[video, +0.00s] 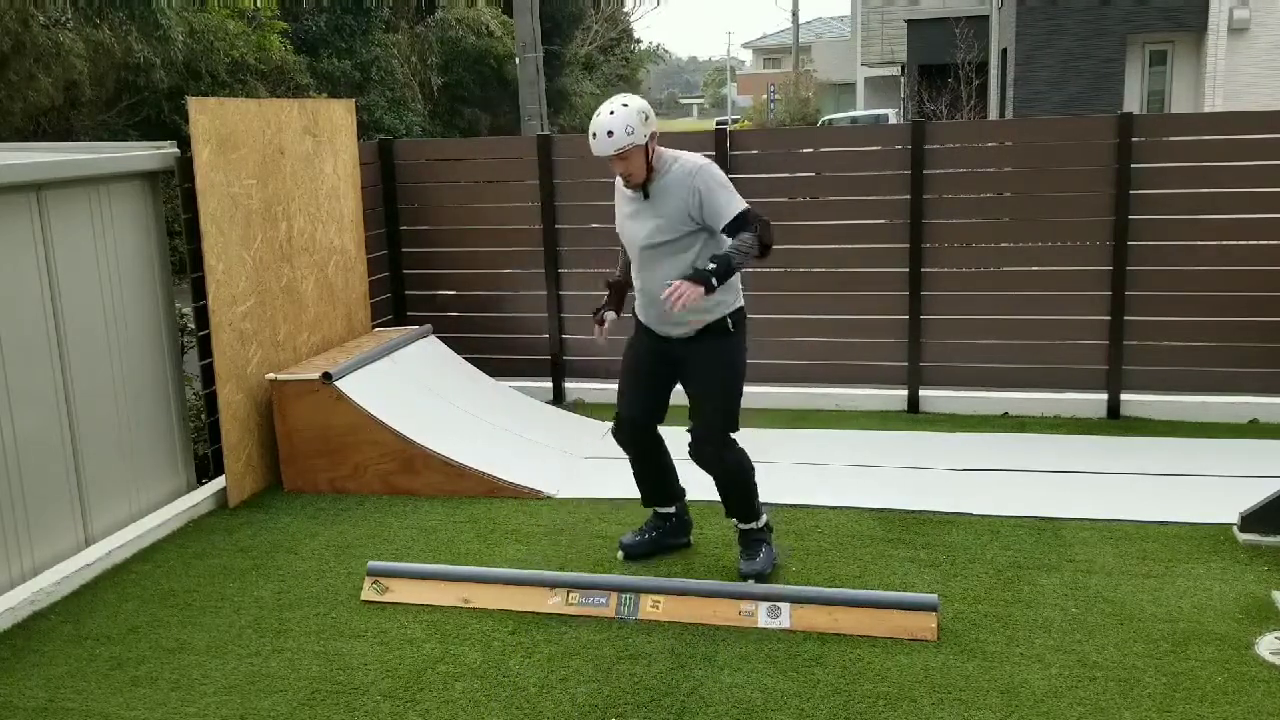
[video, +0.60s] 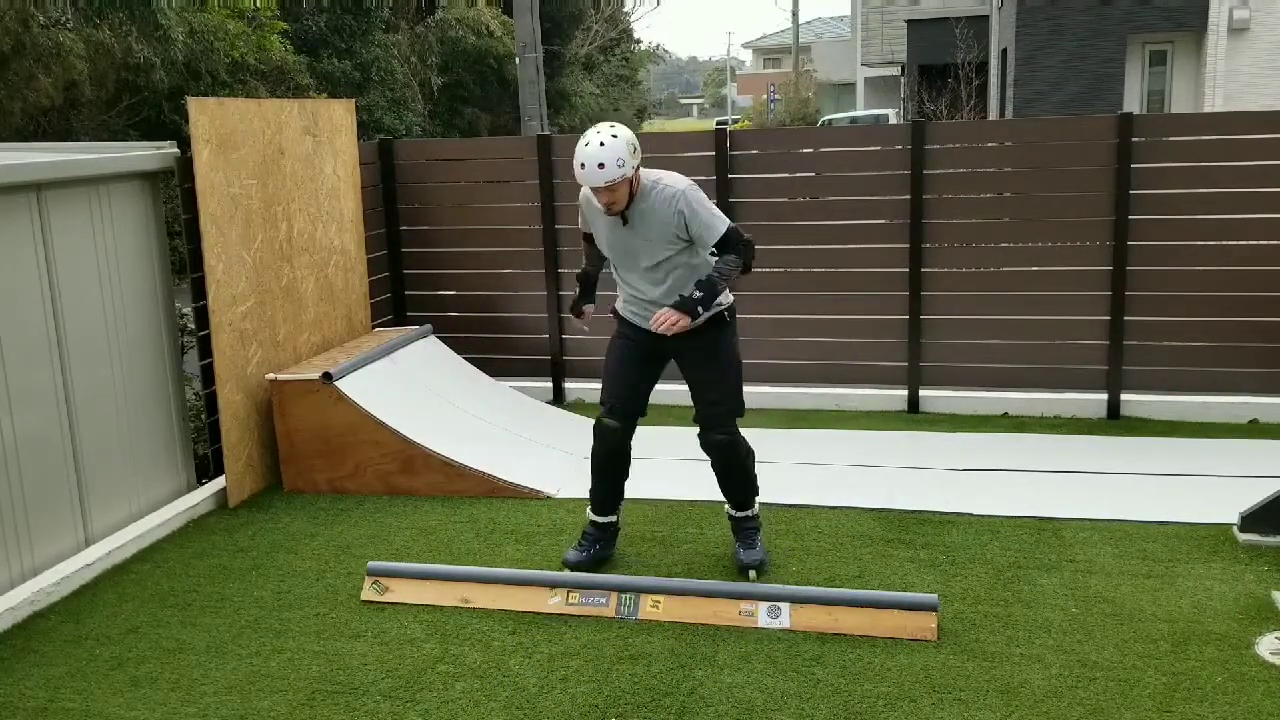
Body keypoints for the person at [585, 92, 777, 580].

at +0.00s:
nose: (617, 168)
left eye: (624, 156)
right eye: (611, 159)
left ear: (650, 142)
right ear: (607, 152)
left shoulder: (697, 173)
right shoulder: (623, 185)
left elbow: (752, 235)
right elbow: (637, 244)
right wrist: (617, 292)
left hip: (713, 330)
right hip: (653, 331)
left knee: (711, 443)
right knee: (632, 427)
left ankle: (753, 532)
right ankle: (670, 521)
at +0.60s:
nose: (603, 199)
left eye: (612, 187)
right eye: (595, 189)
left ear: (634, 174)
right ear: (585, 181)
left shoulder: (678, 195)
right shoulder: (589, 201)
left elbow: (738, 248)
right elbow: (596, 247)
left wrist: (692, 306)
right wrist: (585, 292)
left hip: (703, 325)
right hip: (636, 326)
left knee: (719, 435)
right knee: (611, 427)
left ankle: (746, 526)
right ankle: (600, 531)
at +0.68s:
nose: (602, 218)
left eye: (610, 207)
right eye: (593, 209)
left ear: (631, 191)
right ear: (581, 200)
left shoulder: (673, 209)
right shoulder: (585, 216)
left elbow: (733, 265)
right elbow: (581, 252)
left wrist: (692, 320)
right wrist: (571, 297)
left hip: (699, 323)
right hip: (635, 324)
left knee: (715, 434)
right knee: (607, 427)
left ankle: (745, 527)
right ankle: (599, 532)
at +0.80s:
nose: (598, 239)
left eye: (606, 229)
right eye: (590, 231)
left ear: (628, 212)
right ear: (578, 219)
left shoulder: (671, 226)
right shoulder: (581, 230)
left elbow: (732, 285)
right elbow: (568, 262)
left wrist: (688, 340)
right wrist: (554, 314)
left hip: (701, 331)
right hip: (634, 330)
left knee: (712, 438)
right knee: (603, 427)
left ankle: (742, 533)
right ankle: (599, 533)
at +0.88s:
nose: (604, 272)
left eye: (613, 263)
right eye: (595, 263)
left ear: (632, 243)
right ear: (583, 246)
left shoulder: (672, 253)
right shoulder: (579, 252)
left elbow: (736, 313)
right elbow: (546, 293)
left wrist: (705, 376)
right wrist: (521, 356)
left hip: (701, 344)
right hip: (636, 343)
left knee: (706, 443)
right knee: (597, 431)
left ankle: (742, 534)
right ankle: (600, 533)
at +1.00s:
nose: (625, 263)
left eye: (635, 253)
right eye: (616, 252)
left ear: (653, 237)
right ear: (602, 235)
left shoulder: (686, 250)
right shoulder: (582, 249)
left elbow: (753, 283)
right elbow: (533, 296)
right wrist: (514, 339)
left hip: (696, 349)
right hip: (625, 352)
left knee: (704, 454)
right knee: (588, 445)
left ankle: (741, 537)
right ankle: (601, 532)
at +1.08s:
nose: (638, 247)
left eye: (649, 237)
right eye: (628, 236)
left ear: (664, 221)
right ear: (611, 220)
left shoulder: (694, 238)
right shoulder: (583, 239)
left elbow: (753, 264)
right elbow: (531, 282)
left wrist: (800, 322)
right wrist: (520, 303)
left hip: (691, 349)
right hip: (619, 352)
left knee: (703, 454)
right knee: (589, 447)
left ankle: (741, 536)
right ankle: (600, 534)